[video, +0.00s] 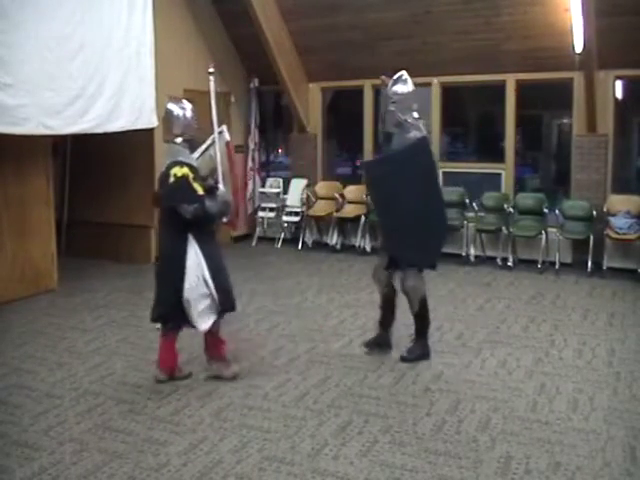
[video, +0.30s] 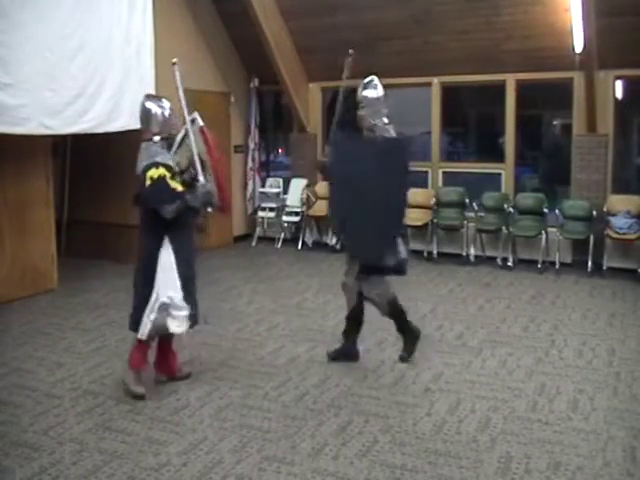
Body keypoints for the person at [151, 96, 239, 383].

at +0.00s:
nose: (198, 128)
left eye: (195, 122)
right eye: (193, 123)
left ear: (176, 131)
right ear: (182, 129)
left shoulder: (184, 163)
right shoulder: (179, 169)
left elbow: (201, 192)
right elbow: (189, 210)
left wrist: (213, 193)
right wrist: (220, 203)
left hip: (178, 245)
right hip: (190, 246)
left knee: (174, 300)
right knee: (210, 296)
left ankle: (167, 364)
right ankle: (217, 359)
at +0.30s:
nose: (176, 123)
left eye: (174, 118)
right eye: (170, 119)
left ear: (161, 122)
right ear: (159, 123)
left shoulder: (170, 153)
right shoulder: (153, 157)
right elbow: (168, 206)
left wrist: (197, 191)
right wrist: (198, 195)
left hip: (178, 239)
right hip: (160, 241)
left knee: (175, 298)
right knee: (159, 298)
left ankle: (167, 360)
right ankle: (136, 364)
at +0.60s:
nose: (164, 132)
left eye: (164, 125)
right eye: (157, 127)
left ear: (163, 129)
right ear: (143, 134)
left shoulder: (158, 163)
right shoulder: (138, 170)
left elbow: (176, 191)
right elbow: (151, 211)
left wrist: (188, 181)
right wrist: (182, 191)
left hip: (169, 249)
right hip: (146, 253)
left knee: (175, 305)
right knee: (138, 313)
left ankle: (171, 363)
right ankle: (121, 374)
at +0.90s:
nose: (170, 130)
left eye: (169, 125)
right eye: (164, 126)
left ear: (167, 132)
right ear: (153, 132)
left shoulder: (169, 161)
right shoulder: (147, 165)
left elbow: (190, 191)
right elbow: (156, 210)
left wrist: (200, 175)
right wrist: (186, 186)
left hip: (180, 253)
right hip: (152, 253)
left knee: (188, 300)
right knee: (146, 307)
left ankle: (187, 359)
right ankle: (127, 368)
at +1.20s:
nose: (166, 128)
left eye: (167, 120)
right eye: (159, 122)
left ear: (173, 127)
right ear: (151, 129)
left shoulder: (181, 161)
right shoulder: (151, 159)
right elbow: (167, 206)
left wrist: (206, 169)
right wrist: (193, 180)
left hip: (181, 234)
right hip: (153, 237)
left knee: (201, 305)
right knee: (152, 306)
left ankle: (196, 357)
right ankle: (136, 367)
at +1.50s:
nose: (178, 132)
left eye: (181, 126)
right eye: (172, 128)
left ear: (189, 132)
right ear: (166, 135)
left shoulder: (203, 158)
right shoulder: (164, 157)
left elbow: (234, 191)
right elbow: (171, 190)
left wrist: (221, 165)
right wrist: (196, 162)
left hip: (195, 225)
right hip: (165, 229)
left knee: (213, 300)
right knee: (163, 294)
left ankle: (210, 346)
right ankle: (158, 357)